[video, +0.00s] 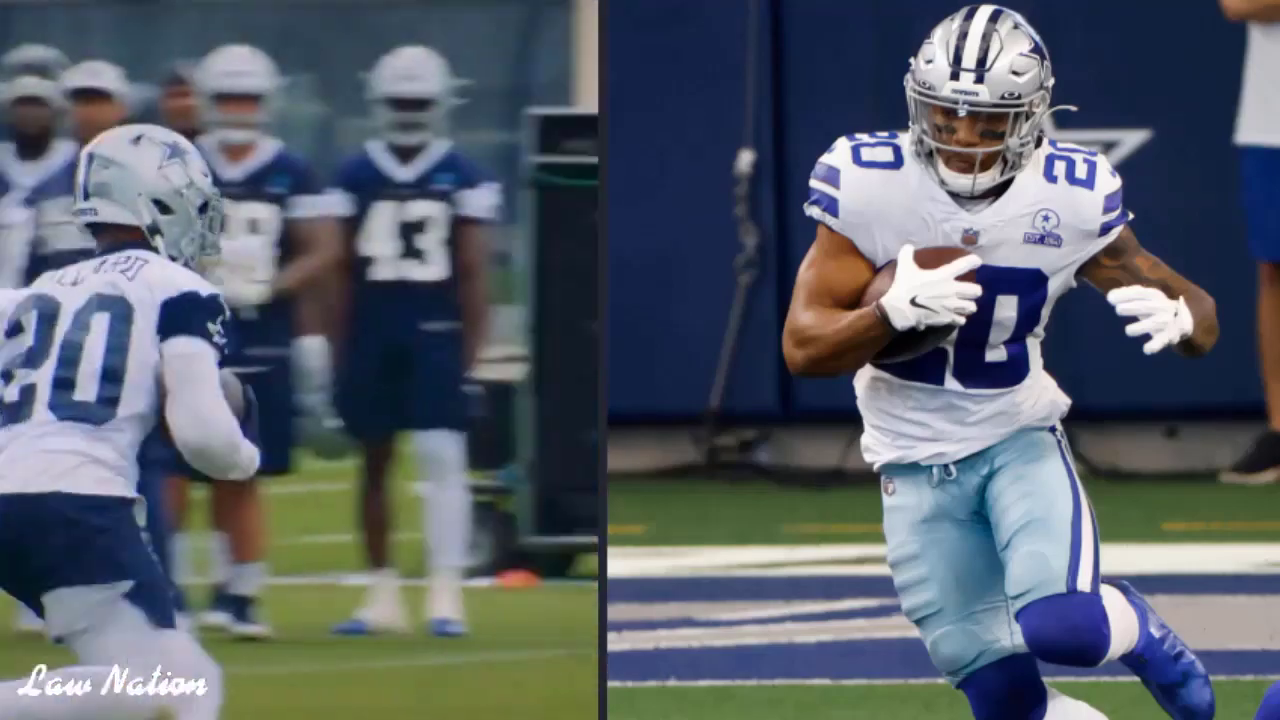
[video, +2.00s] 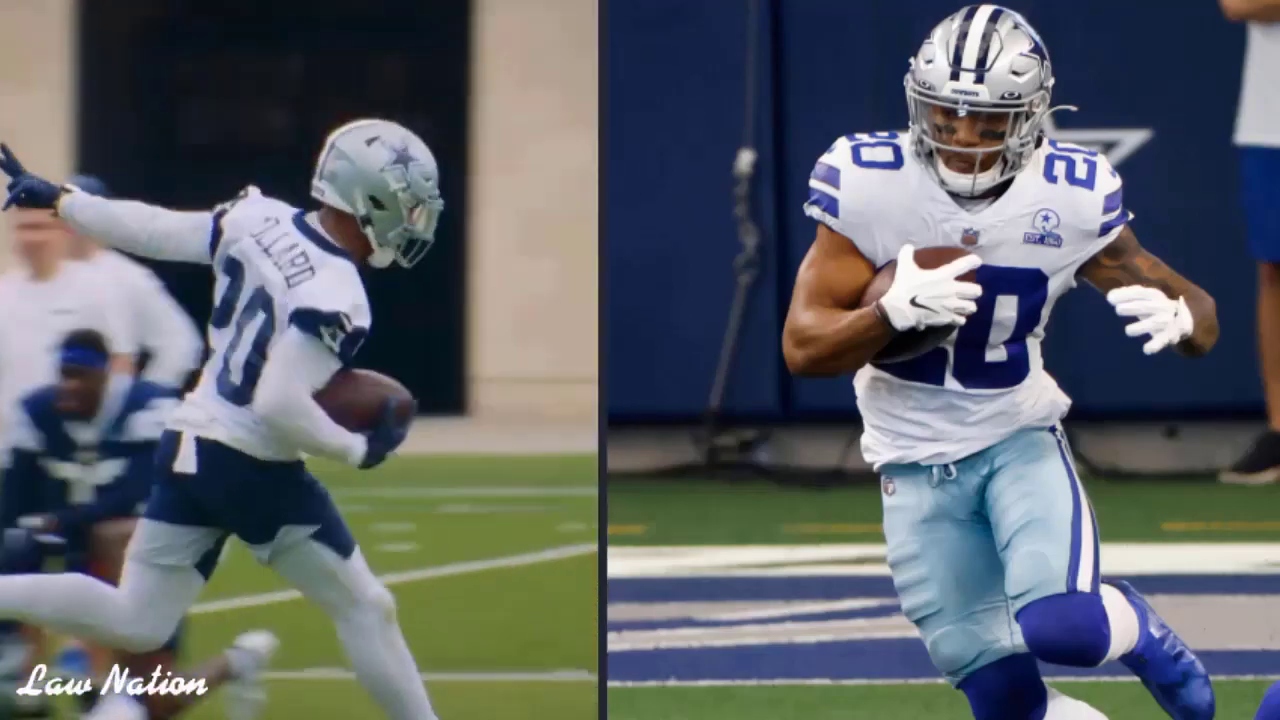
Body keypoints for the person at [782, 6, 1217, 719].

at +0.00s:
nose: (965, 137)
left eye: (987, 121)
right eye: (950, 116)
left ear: (1027, 118)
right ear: (922, 109)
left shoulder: (1071, 193)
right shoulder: (863, 179)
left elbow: (1196, 308)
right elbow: (801, 349)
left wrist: (1181, 319)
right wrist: (887, 313)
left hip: (1018, 437)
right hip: (911, 468)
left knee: (1054, 626)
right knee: (1001, 697)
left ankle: (1142, 633)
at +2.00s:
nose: (965, 137)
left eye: (988, 121)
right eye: (950, 116)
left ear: (1027, 118)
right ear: (922, 108)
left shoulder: (1071, 194)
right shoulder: (863, 179)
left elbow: (1196, 308)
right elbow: (801, 349)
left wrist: (1181, 319)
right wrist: (887, 313)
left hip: (1018, 437)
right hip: (911, 467)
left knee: (1054, 626)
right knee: (1001, 697)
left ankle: (1142, 633)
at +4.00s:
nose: (966, 137)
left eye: (988, 121)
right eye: (950, 116)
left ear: (1027, 119)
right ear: (922, 109)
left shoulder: (1070, 193)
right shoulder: (863, 179)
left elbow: (1196, 308)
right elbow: (801, 349)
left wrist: (1181, 319)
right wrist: (887, 313)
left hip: (1018, 437)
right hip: (911, 468)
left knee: (1054, 626)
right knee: (1001, 697)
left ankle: (1141, 632)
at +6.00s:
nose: (965, 137)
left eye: (988, 121)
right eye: (950, 117)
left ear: (1028, 119)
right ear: (922, 110)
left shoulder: (1070, 193)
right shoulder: (863, 179)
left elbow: (1197, 309)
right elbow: (801, 349)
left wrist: (1181, 319)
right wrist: (887, 313)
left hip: (1018, 438)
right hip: (911, 468)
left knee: (1054, 626)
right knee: (1001, 696)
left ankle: (1143, 634)